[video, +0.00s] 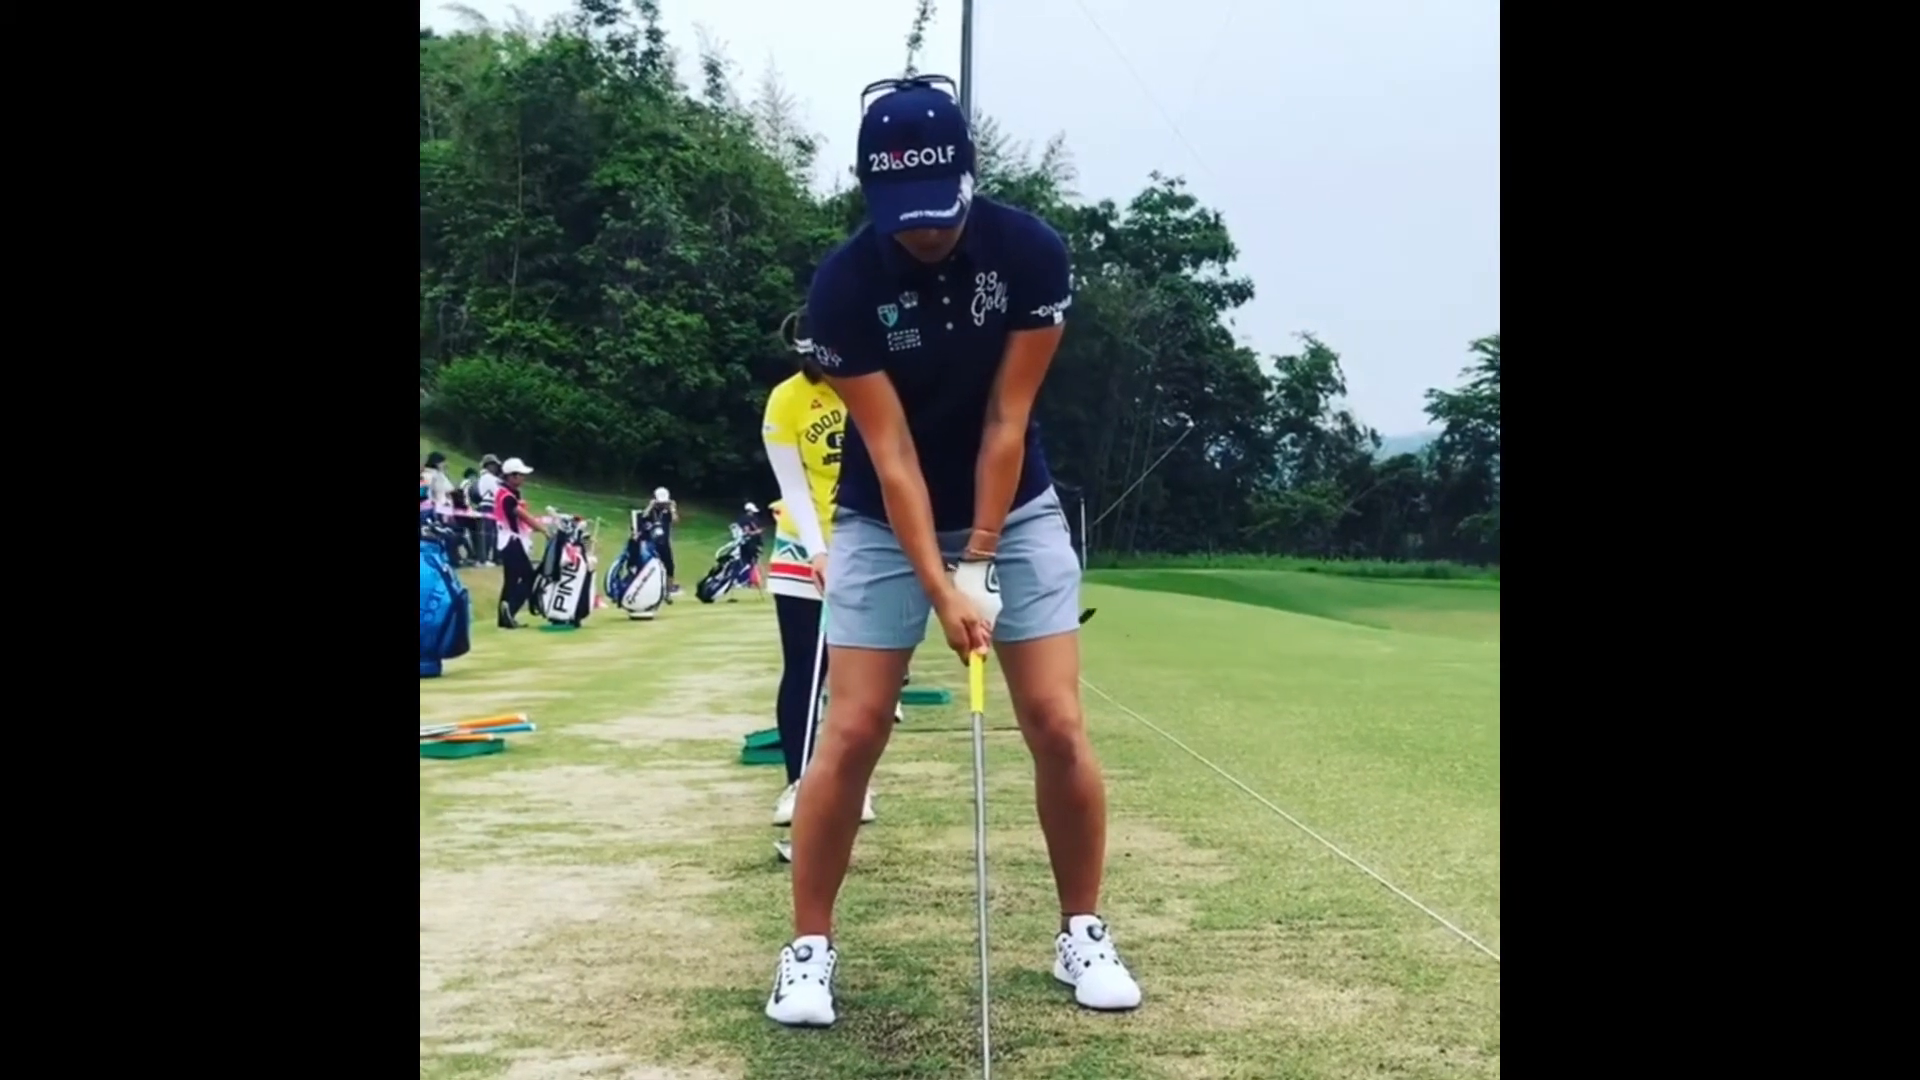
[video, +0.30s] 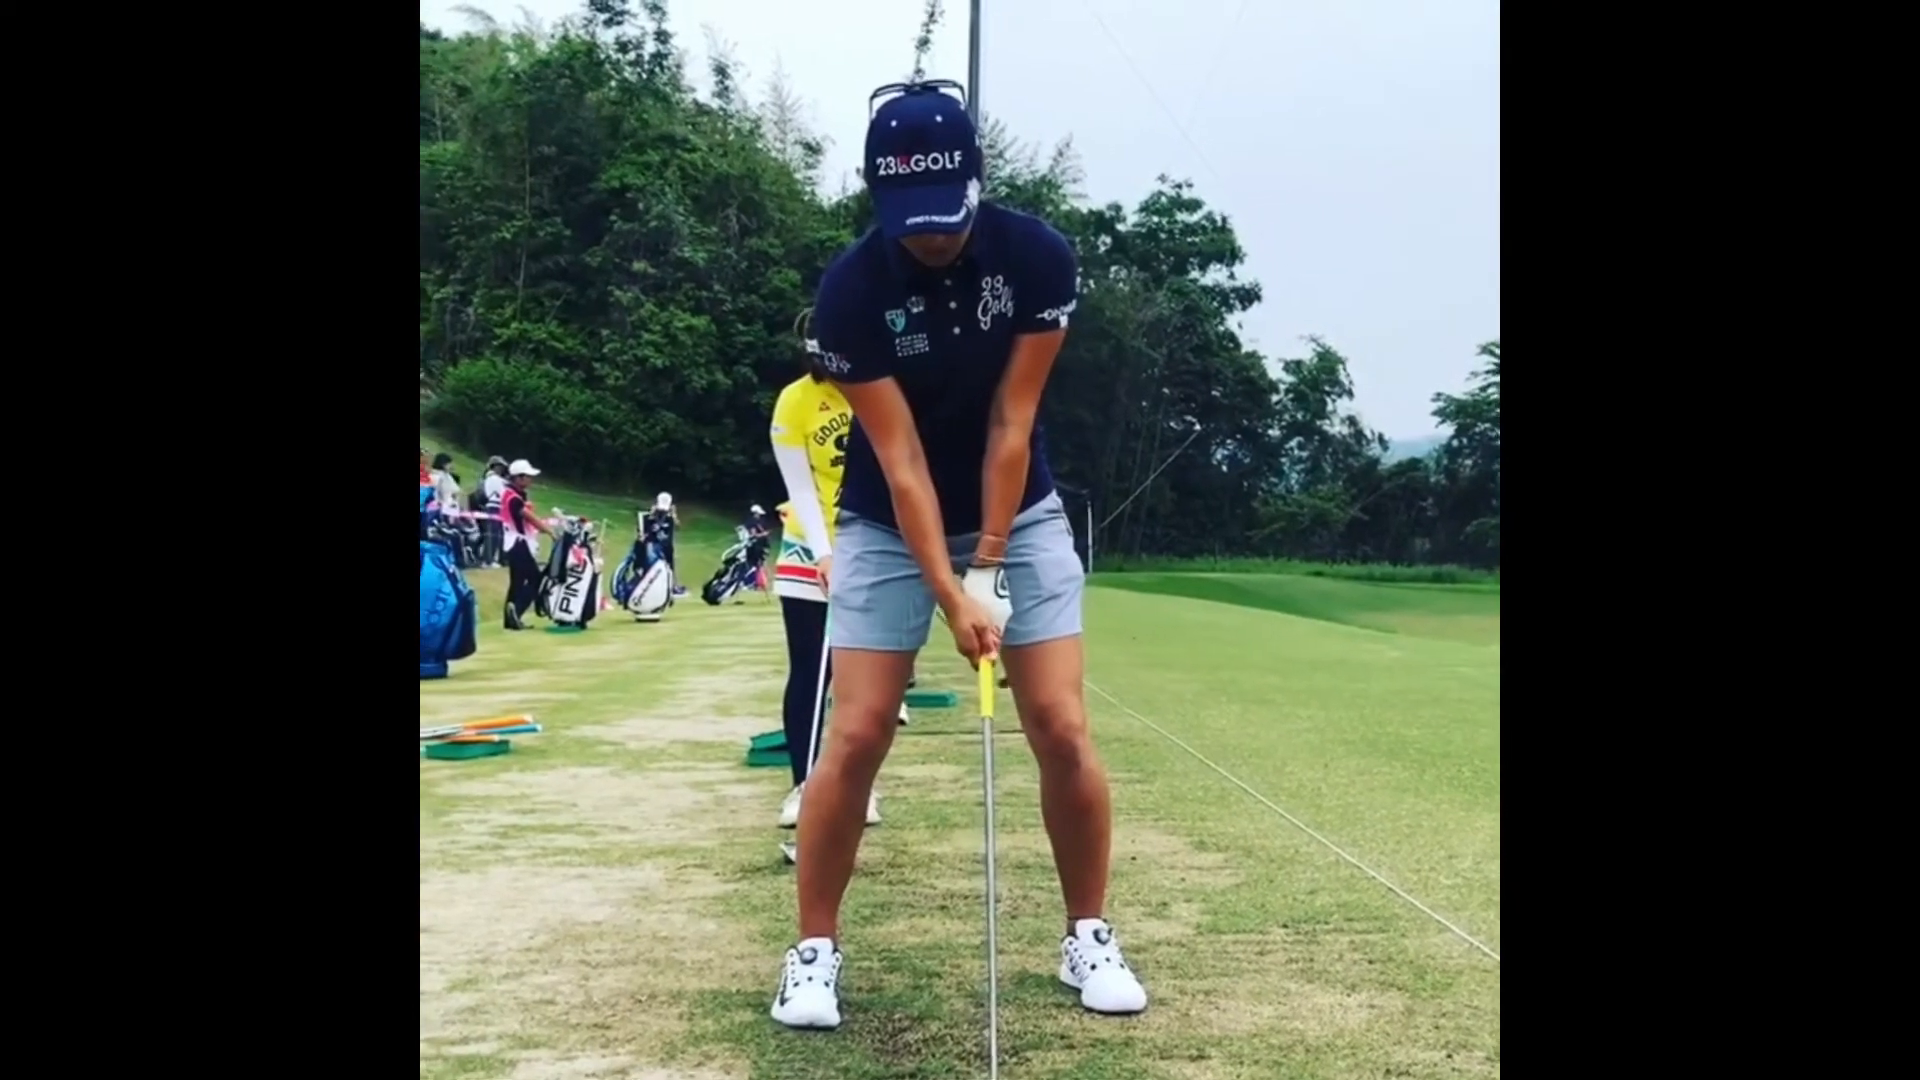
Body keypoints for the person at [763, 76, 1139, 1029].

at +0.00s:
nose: (928, 228)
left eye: (943, 207)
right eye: (908, 211)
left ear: (970, 176)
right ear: (875, 188)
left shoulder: (1029, 253)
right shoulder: (841, 286)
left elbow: (1009, 417)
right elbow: (891, 456)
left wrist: (980, 558)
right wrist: (939, 585)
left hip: (1012, 505)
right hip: (882, 513)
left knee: (1058, 725)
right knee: (855, 729)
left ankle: (1083, 933)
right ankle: (809, 946)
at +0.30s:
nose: (934, 232)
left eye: (949, 211)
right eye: (914, 215)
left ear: (977, 181)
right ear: (881, 192)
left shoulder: (1036, 257)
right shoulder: (848, 291)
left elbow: (1013, 422)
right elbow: (900, 463)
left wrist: (988, 563)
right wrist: (948, 590)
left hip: (1015, 508)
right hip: (886, 516)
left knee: (1061, 728)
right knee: (860, 731)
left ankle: (1090, 937)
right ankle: (814, 948)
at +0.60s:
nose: (939, 241)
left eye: (955, 220)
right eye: (920, 224)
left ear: (983, 194)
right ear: (888, 201)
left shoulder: (1038, 277)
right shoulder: (849, 298)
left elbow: (1006, 439)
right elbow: (893, 466)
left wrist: (980, 583)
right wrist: (931, 601)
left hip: (1013, 519)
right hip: (885, 526)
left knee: (1064, 734)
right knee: (860, 736)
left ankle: (1098, 941)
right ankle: (822, 954)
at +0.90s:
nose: (939, 253)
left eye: (957, 234)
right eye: (921, 234)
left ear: (991, 212)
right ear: (896, 209)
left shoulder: (999, 322)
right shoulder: (875, 260)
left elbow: (833, 416)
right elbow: (797, 375)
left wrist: (698, 487)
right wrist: (685, 453)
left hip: (1017, 541)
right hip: (895, 541)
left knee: (1068, 757)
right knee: (867, 736)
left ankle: (1103, 946)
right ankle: (828, 958)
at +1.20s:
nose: (932, 254)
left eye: (952, 236)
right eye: (915, 236)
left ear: (992, 217)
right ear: (892, 216)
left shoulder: (976, 313)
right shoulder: (905, 277)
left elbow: (819, 249)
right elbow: (841, 289)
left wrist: (764, 168)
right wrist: (798, 173)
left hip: (1016, 552)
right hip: (901, 544)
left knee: (1057, 776)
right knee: (871, 737)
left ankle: (1100, 952)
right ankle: (826, 961)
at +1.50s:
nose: (985, 273)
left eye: (988, 251)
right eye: (963, 267)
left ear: (994, 215)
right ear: (916, 259)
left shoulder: (1048, 245)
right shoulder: (903, 333)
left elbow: (1080, 392)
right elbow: (965, 482)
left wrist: (1107, 530)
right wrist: (1074, 569)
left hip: (1086, 520)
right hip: (988, 530)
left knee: (1109, 726)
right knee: (960, 748)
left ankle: (1104, 951)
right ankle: (828, 952)